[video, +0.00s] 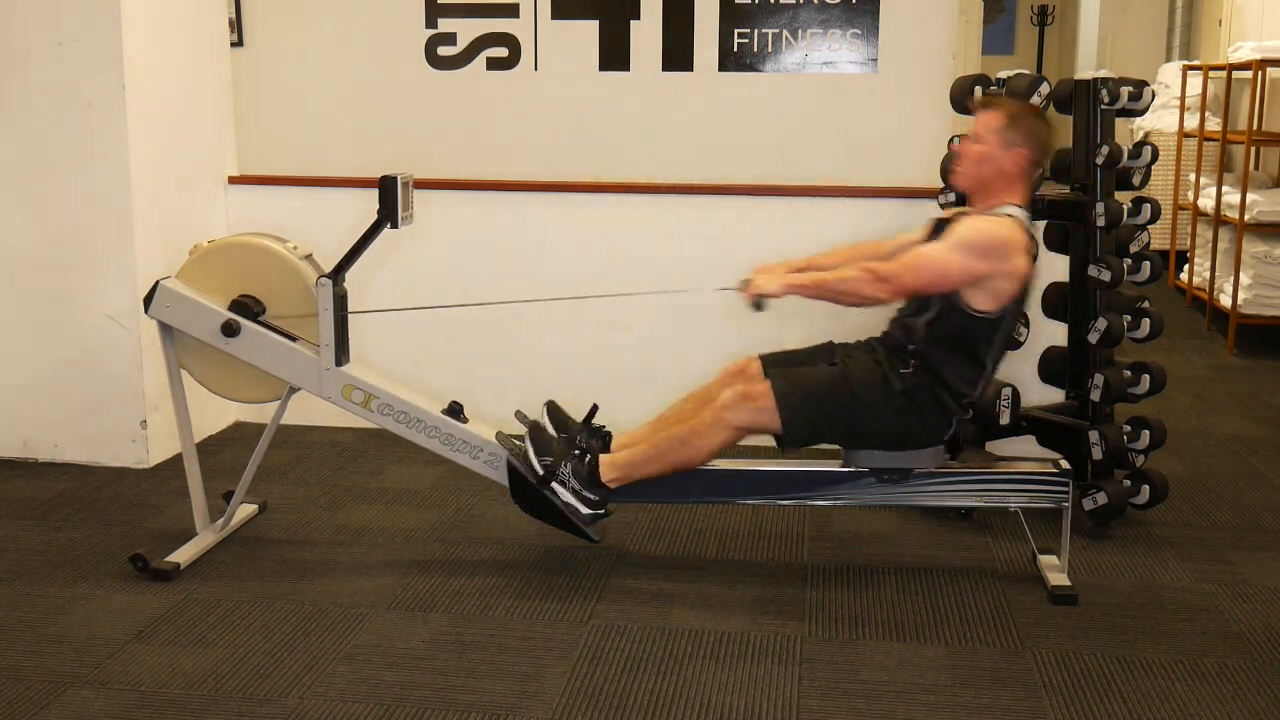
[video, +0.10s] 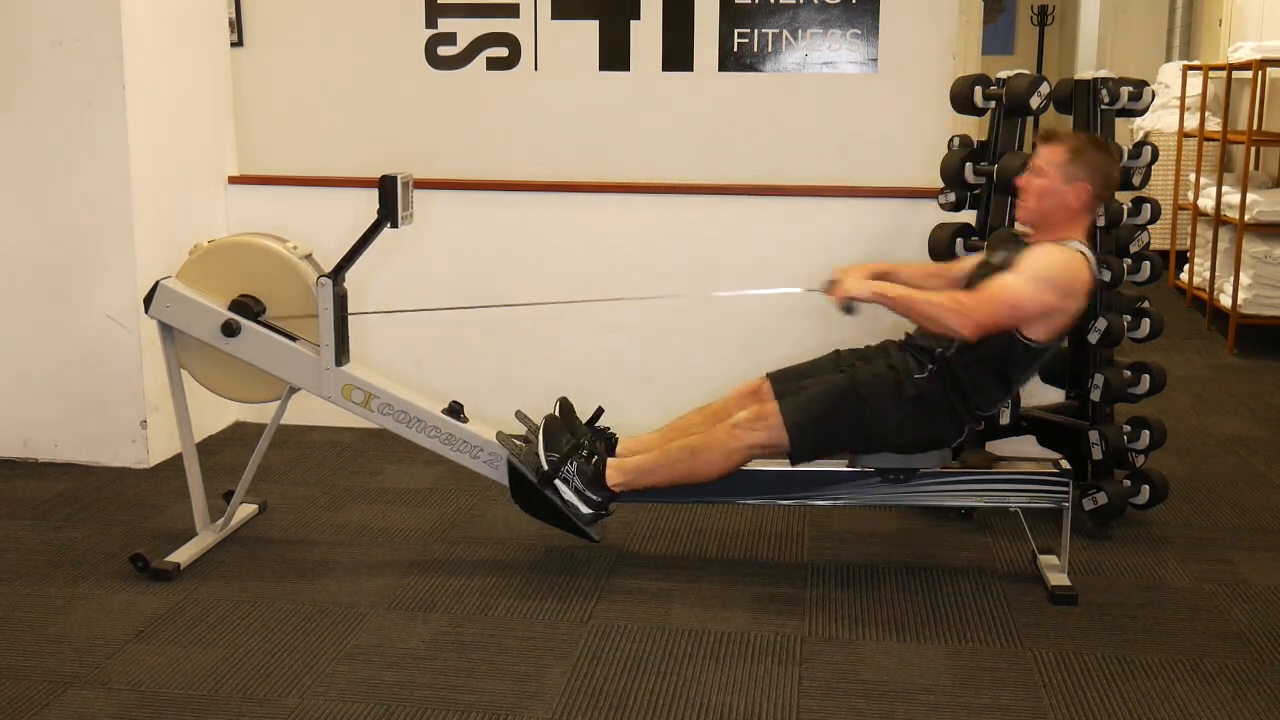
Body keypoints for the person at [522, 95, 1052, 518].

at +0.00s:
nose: (956, 148)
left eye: (972, 140)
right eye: (963, 137)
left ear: (1014, 162)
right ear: (1001, 158)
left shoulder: (995, 236)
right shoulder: (964, 220)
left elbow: (887, 285)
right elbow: (876, 260)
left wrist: (792, 281)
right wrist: (790, 271)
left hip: (916, 392)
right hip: (893, 367)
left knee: (743, 400)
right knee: (736, 380)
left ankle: (592, 486)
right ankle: (598, 458)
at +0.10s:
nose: (1022, 182)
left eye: (1038, 175)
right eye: (1029, 170)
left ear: (1078, 196)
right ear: (1059, 190)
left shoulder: (1062, 266)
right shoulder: (1030, 248)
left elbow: (970, 319)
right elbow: (953, 280)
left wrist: (883, 290)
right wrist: (879, 274)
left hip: (931, 394)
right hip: (908, 363)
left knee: (759, 423)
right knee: (748, 397)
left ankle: (599, 486)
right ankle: (607, 458)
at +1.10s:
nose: (576, 178)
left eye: (586, 166)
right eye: (581, 165)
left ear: (622, 176)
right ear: (626, 177)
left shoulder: (644, 244)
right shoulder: (664, 226)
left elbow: (567, 342)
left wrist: (498, 388)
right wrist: (514, 381)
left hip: (712, 416)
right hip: (724, 407)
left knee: (577, 301)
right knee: (588, 296)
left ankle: (593, 458)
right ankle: (605, 440)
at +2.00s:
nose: (1050, 218)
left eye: (1066, 210)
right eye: (1057, 205)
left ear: (1105, 232)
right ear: (1090, 227)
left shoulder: (1093, 302)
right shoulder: (1057, 283)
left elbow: (1055, 391)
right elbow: (1016, 345)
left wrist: (998, 317)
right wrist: (975, 305)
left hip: (930, 394)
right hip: (911, 370)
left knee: (757, 418)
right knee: (755, 394)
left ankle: (598, 486)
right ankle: (605, 459)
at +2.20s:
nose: (1025, 205)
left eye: (1039, 196)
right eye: (1031, 193)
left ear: (1079, 215)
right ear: (1069, 213)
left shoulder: (1070, 293)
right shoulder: (1039, 270)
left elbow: (1014, 379)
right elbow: (988, 329)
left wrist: (940, 321)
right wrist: (940, 299)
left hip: (931, 400)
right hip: (913, 373)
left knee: (751, 408)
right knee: (750, 387)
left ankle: (599, 484)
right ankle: (607, 458)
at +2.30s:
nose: (976, 182)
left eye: (990, 171)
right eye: (980, 170)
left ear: (1035, 186)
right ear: (1027, 184)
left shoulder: (1033, 264)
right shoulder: (1004, 248)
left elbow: (970, 350)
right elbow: (949, 294)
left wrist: (890, 311)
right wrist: (891, 284)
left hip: (927, 400)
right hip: (912, 378)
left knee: (742, 392)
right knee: (742, 376)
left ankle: (597, 486)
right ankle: (608, 464)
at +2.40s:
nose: (910, 159)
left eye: (923, 149)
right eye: (915, 147)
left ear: (963, 160)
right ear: (955, 159)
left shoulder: (973, 239)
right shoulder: (947, 224)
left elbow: (903, 325)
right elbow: (896, 276)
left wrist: (821, 302)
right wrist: (824, 277)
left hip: (915, 398)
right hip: (894, 375)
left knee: (733, 371)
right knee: (730, 365)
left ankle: (602, 484)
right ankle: (612, 460)